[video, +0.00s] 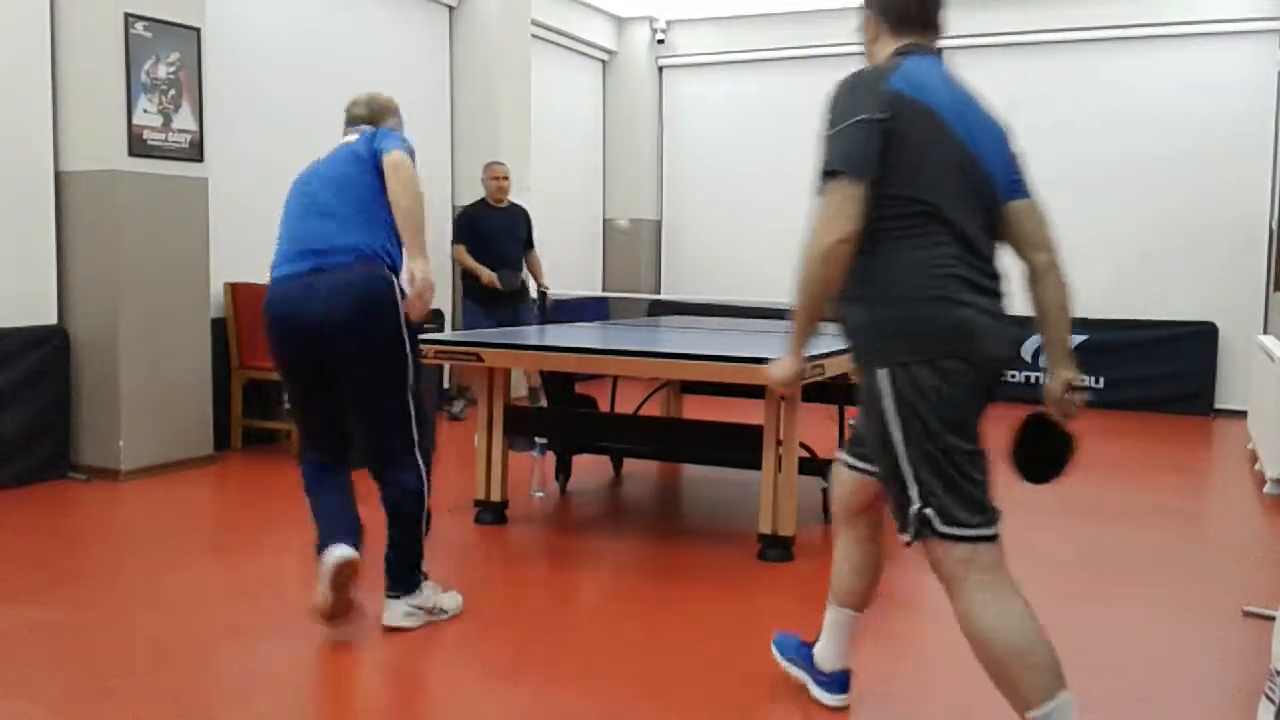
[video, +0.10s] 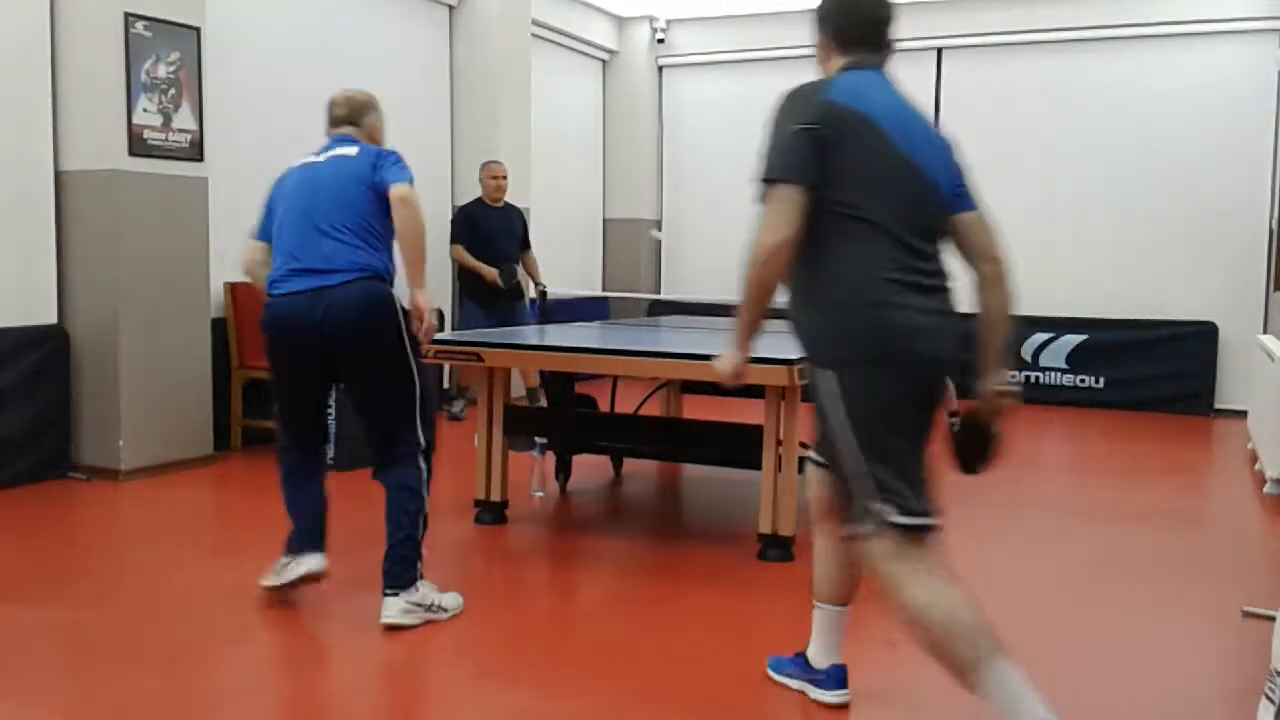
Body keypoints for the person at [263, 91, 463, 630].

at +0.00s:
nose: (403, 135)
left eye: (401, 127)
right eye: (401, 128)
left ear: (347, 129)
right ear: (391, 124)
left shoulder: (313, 171)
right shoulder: (389, 138)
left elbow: (310, 245)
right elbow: (398, 172)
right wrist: (419, 259)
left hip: (289, 297)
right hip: (359, 290)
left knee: (321, 445)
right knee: (396, 443)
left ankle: (337, 545)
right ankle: (406, 590)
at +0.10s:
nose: (383, 136)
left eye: (380, 129)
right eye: (381, 129)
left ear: (330, 129)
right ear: (372, 128)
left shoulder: (287, 179)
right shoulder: (381, 158)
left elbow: (255, 262)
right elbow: (403, 200)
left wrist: (298, 296)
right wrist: (418, 291)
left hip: (289, 314)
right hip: (364, 305)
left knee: (301, 439)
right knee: (401, 445)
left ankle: (305, 548)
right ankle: (402, 587)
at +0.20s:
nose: (351, 127)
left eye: (346, 119)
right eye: (349, 119)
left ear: (298, 122)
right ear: (340, 120)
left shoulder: (260, 171)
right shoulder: (359, 156)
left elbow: (211, 241)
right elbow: (393, 205)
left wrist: (249, 291)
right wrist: (397, 288)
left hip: (279, 310)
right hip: (352, 303)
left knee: (281, 433)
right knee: (384, 439)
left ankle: (279, 545)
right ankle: (403, 570)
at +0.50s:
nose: (282, 119)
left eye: (281, 112)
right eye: (280, 112)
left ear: (235, 108)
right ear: (269, 110)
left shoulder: (194, 151)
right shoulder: (281, 151)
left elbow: (175, 220)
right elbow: (305, 209)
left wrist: (213, 248)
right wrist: (319, 279)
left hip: (203, 288)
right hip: (264, 284)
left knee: (232, 402)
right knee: (297, 395)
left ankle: (271, 517)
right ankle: (302, 504)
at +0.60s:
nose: (269, 122)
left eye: (269, 114)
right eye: (267, 114)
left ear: (222, 109)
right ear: (255, 112)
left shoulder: (181, 149)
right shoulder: (259, 152)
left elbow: (162, 220)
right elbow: (281, 212)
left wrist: (219, 231)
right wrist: (309, 273)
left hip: (179, 285)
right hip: (236, 286)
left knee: (209, 388)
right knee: (251, 385)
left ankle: (233, 476)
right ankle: (251, 492)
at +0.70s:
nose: (253, 131)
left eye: (252, 122)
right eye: (248, 122)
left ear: (207, 123)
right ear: (229, 124)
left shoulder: (163, 163)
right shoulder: (235, 172)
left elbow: (142, 230)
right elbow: (274, 242)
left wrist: (207, 243)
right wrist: (307, 289)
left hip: (153, 292)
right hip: (208, 294)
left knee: (180, 389)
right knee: (243, 393)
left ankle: (169, 471)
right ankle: (245, 498)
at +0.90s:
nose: (191, 143)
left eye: (192, 134)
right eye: (188, 134)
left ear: (156, 132)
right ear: (167, 133)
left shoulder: (124, 169)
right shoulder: (152, 177)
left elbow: (123, 245)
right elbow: (161, 247)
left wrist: (164, 286)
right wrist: (219, 268)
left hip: (102, 292)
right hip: (126, 294)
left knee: (105, 395)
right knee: (188, 389)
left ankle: (52, 482)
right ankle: (233, 494)